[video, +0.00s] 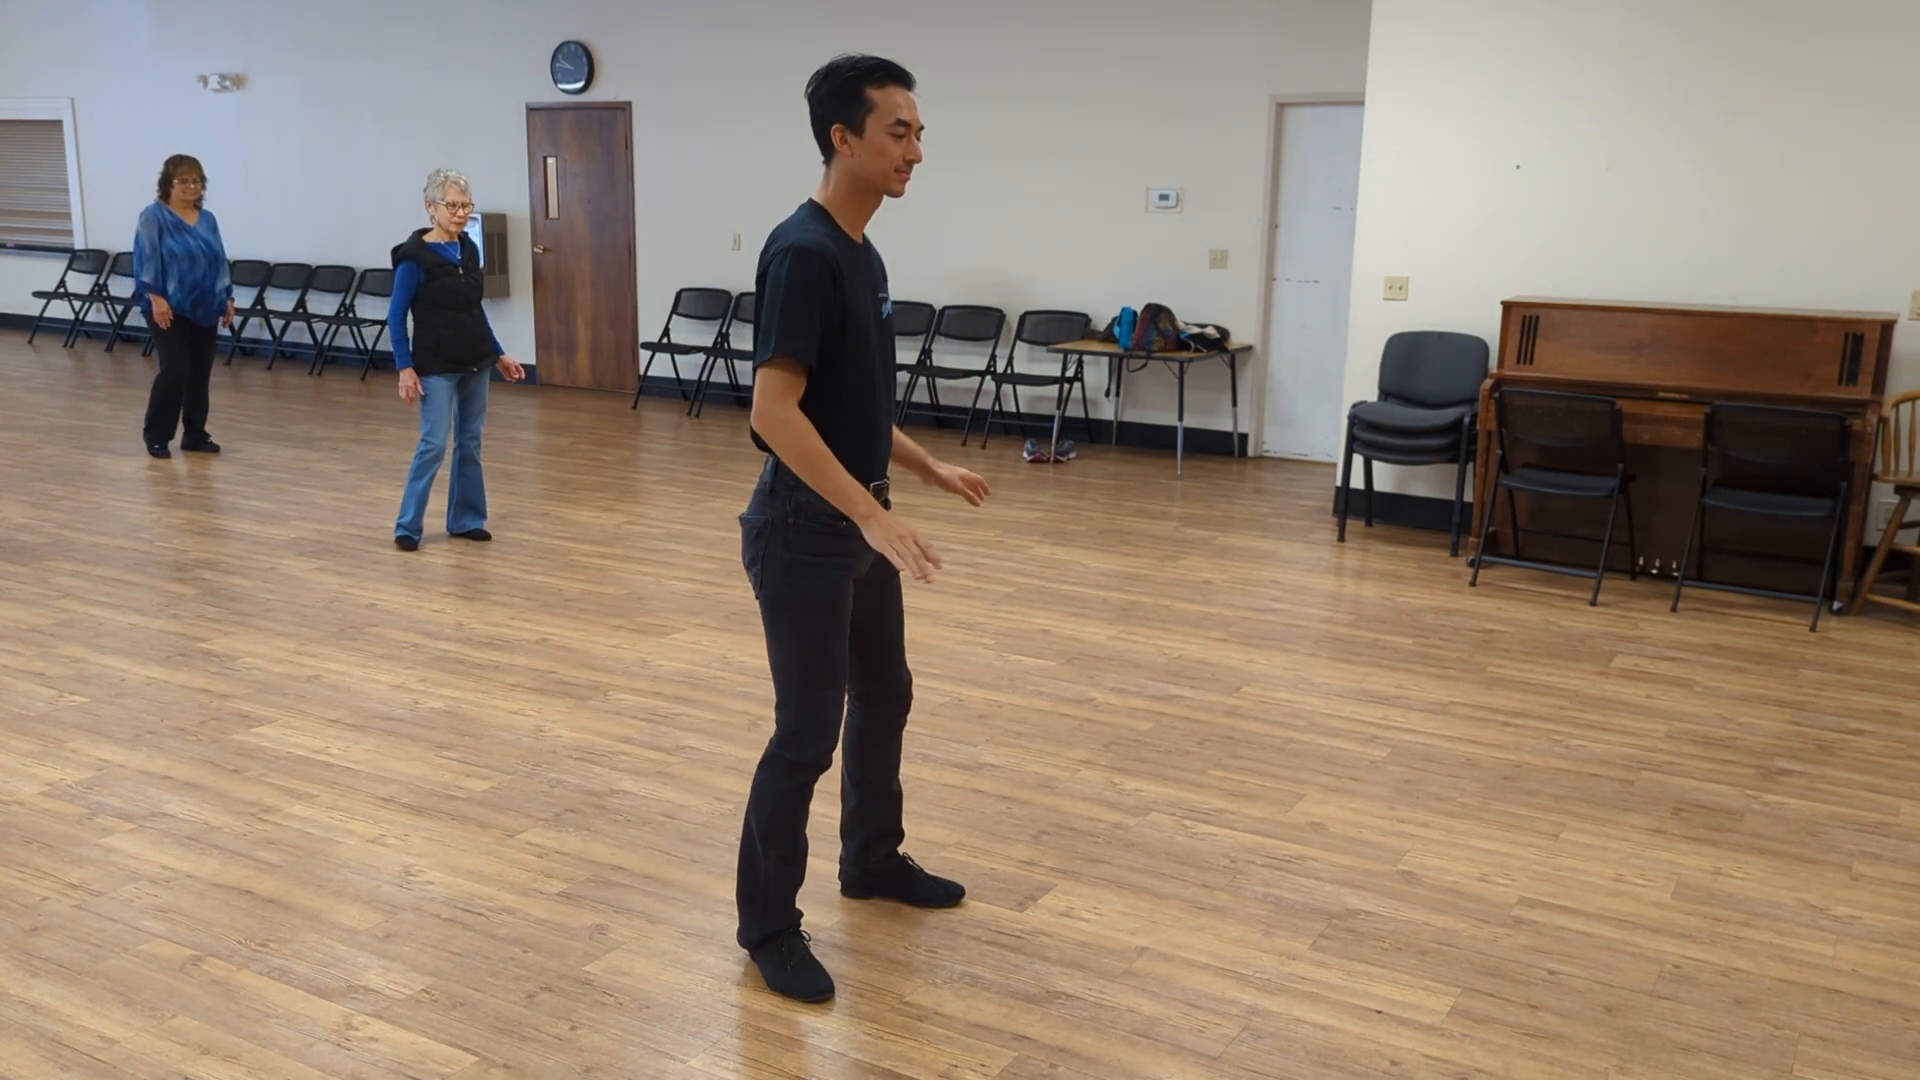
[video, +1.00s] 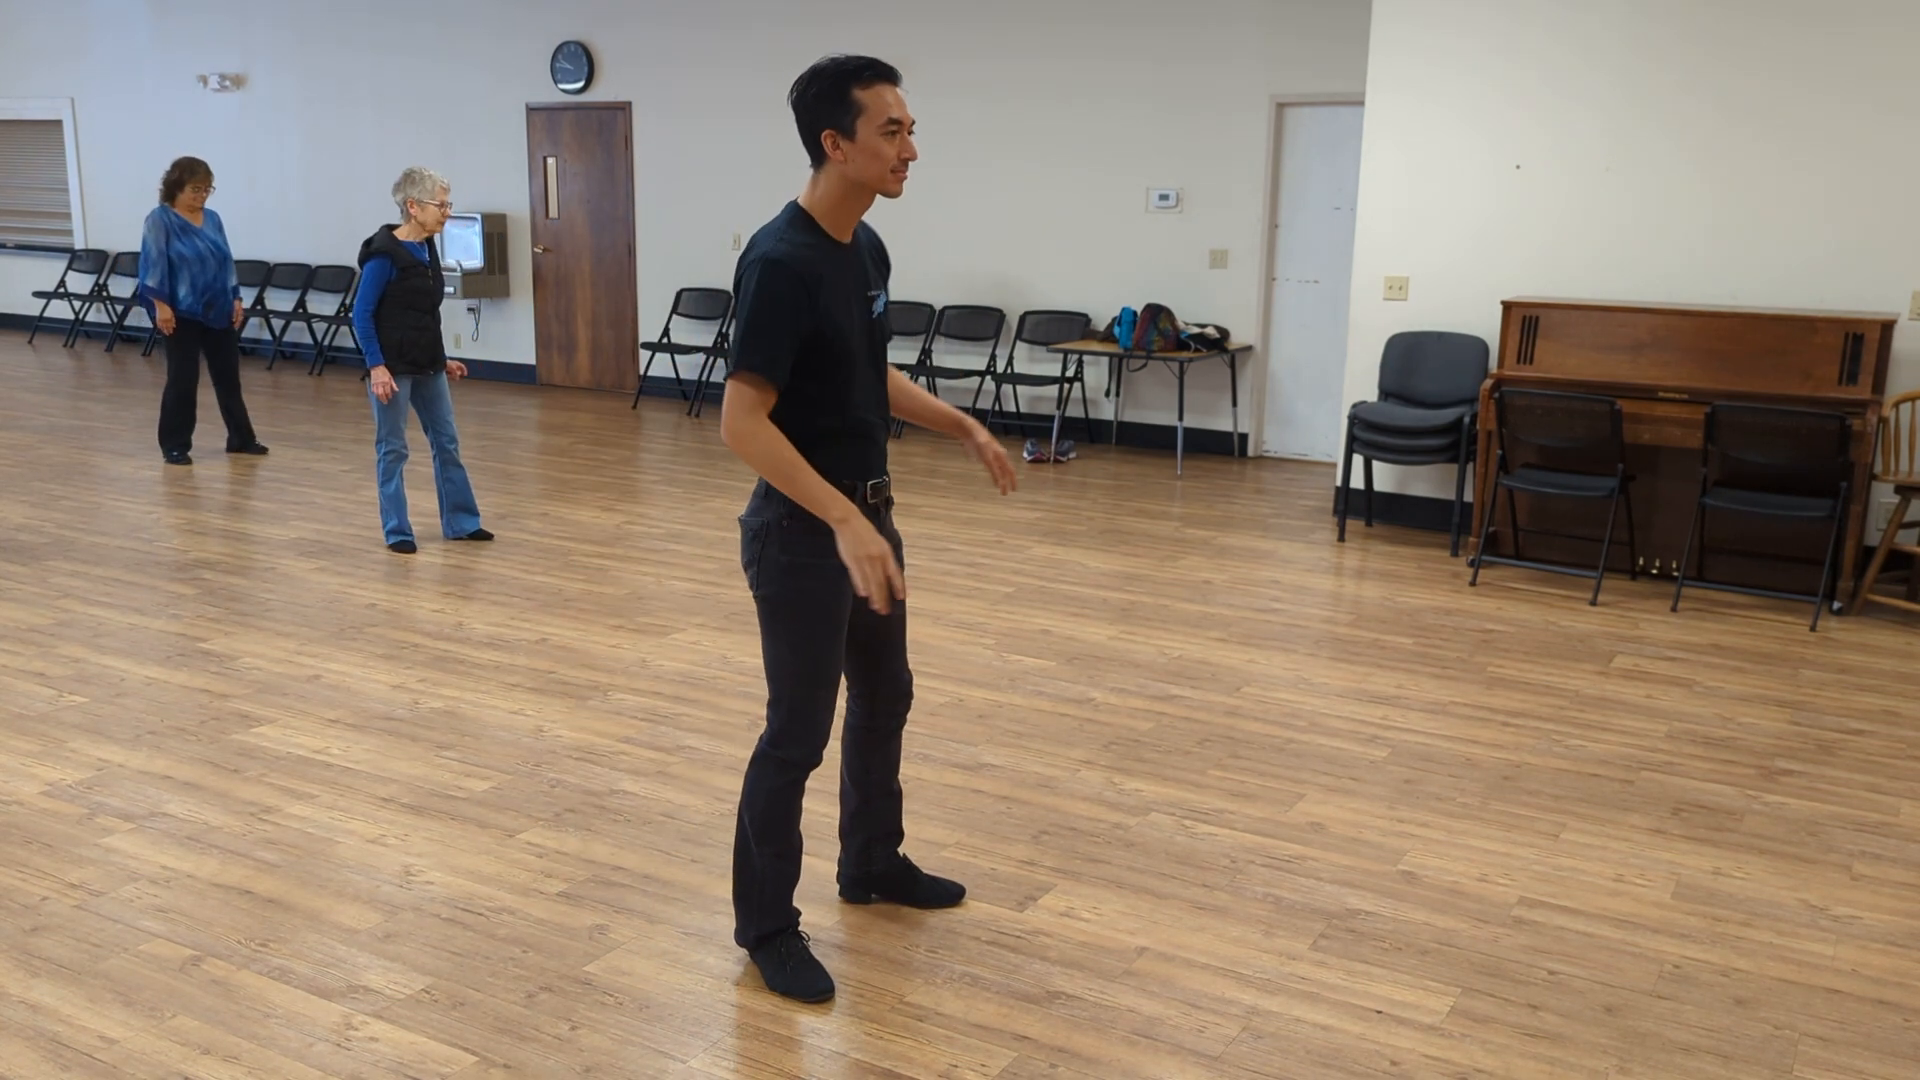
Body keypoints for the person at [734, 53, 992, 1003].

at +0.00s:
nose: (916, 149)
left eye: (917, 132)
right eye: (900, 131)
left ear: (875, 142)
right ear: (843, 138)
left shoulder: (860, 253)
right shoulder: (805, 253)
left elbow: (852, 403)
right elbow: (771, 414)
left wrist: (929, 465)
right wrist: (869, 516)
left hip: (857, 527)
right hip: (799, 530)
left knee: (883, 700)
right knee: (806, 736)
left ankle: (872, 859)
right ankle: (768, 930)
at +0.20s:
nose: (911, 157)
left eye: (912, 139)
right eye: (897, 138)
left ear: (855, 146)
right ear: (839, 142)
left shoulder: (839, 251)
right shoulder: (798, 261)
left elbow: (832, 401)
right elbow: (792, 432)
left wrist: (886, 471)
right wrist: (896, 523)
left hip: (853, 524)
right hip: (800, 528)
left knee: (882, 700)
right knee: (809, 738)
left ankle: (872, 860)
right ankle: (768, 929)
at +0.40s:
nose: (907, 157)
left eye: (908, 139)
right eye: (891, 139)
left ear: (843, 149)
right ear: (833, 144)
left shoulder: (823, 246)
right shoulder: (796, 259)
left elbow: (821, 413)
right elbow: (811, 429)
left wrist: (881, 489)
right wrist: (934, 495)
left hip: (851, 519)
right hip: (801, 526)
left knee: (883, 696)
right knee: (803, 738)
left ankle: (873, 859)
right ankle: (768, 927)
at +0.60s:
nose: (902, 154)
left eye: (901, 135)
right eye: (886, 137)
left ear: (844, 146)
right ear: (826, 143)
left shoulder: (823, 250)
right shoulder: (794, 264)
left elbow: (826, 414)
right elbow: (805, 438)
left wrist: (895, 466)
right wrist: (940, 491)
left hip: (843, 517)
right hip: (794, 527)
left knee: (866, 704)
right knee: (793, 733)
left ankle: (869, 866)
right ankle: (767, 929)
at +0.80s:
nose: (906, 152)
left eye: (904, 135)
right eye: (889, 136)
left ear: (849, 147)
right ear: (830, 145)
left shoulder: (836, 252)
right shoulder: (788, 267)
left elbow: (835, 398)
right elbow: (776, 438)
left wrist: (913, 448)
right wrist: (894, 520)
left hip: (848, 524)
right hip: (794, 532)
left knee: (873, 702)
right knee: (797, 736)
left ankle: (868, 864)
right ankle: (767, 929)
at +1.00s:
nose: (911, 145)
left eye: (909, 129)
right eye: (893, 130)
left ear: (868, 147)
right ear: (834, 142)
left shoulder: (865, 247)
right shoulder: (779, 259)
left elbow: (870, 377)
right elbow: (740, 422)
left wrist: (965, 426)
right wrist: (844, 517)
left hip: (867, 515)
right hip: (795, 524)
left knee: (883, 697)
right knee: (796, 730)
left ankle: (871, 861)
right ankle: (766, 926)